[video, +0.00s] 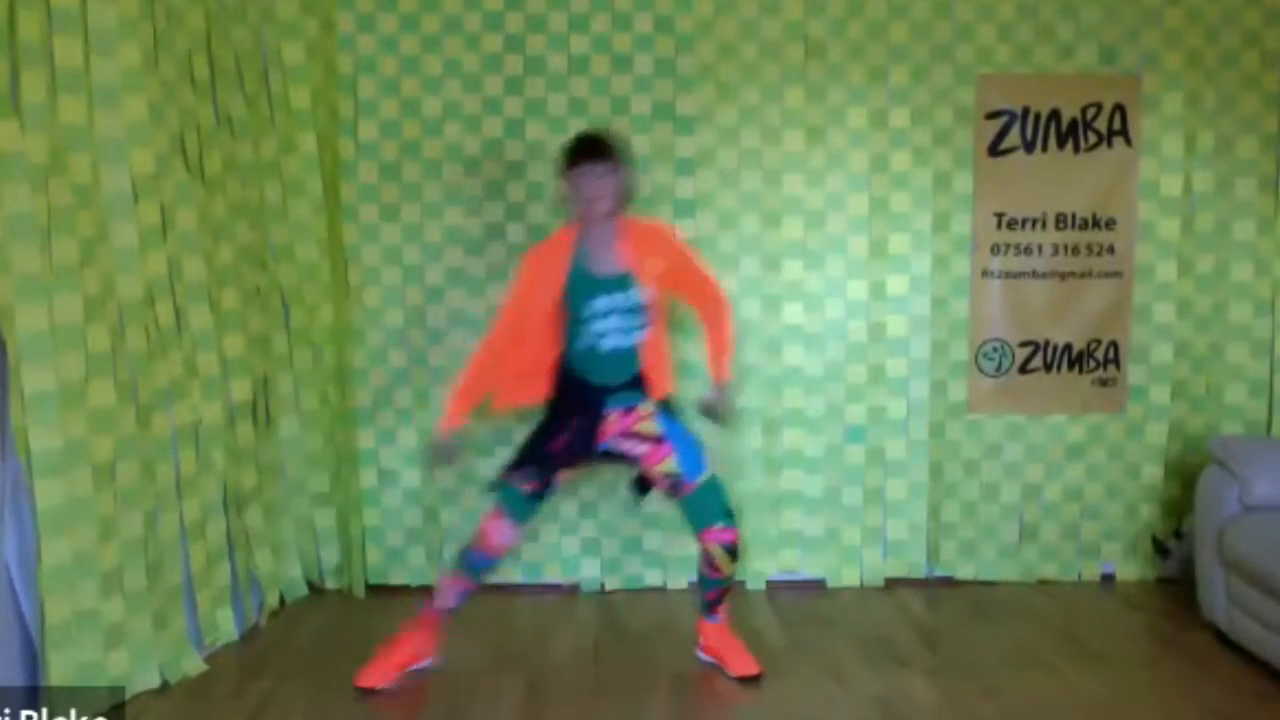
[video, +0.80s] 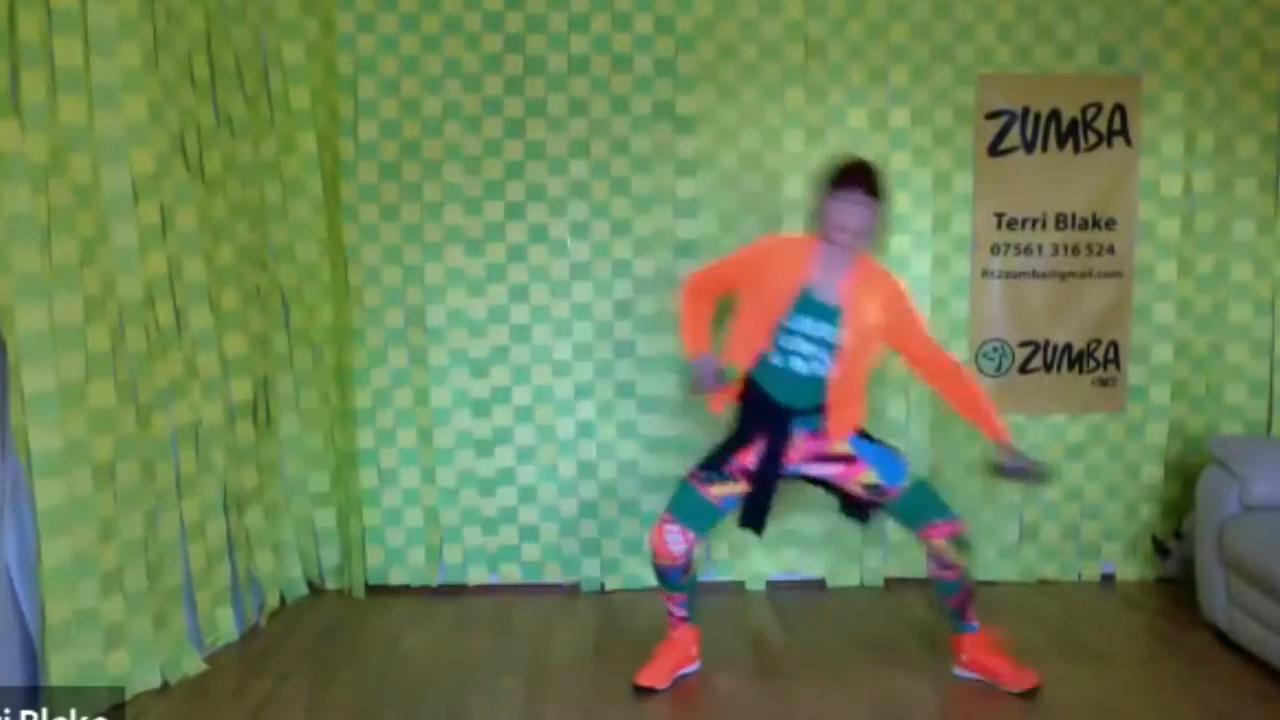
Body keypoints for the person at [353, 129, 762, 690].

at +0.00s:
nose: (595, 194)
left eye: (605, 182)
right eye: (584, 184)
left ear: (623, 185)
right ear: (568, 191)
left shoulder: (654, 245)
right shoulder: (550, 260)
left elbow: (713, 302)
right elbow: (504, 339)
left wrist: (721, 382)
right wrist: (454, 418)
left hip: (641, 409)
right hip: (572, 415)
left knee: (720, 530)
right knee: (499, 531)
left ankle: (715, 629)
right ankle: (424, 633)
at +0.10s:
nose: (640, 173)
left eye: (650, 160)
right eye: (627, 162)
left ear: (667, 165)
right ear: (608, 169)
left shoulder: (689, 228)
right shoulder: (589, 233)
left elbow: (732, 304)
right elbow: (550, 316)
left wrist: (743, 383)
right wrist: (503, 395)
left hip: (666, 384)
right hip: (600, 385)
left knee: (721, 510)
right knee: (542, 514)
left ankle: (716, 626)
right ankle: (480, 631)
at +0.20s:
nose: (674, 138)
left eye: (686, 126)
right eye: (662, 127)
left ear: (707, 132)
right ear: (648, 135)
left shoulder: (738, 195)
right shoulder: (630, 199)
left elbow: (758, 283)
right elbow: (605, 286)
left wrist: (762, 367)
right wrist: (581, 370)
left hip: (710, 359)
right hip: (638, 358)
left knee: (714, 501)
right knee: (632, 500)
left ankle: (715, 624)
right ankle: (625, 627)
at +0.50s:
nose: (686, 152)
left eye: (697, 141)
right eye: (674, 142)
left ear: (717, 149)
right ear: (660, 155)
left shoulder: (754, 201)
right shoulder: (650, 228)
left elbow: (789, 284)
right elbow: (636, 317)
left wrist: (810, 369)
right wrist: (638, 404)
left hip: (765, 369)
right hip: (695, 378)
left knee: (803, 502)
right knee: (679, 513)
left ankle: (766, 606)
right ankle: (680, 634)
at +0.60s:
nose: (708, 166)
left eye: (720, 154)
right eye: (698, 155)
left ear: (739, 160)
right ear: (684, 161)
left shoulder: (773, 218)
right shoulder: (666, 233)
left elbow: (813, 297)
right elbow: (640, 324)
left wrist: (853, 377)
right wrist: (650, 404)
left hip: (778, 388)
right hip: (704, 396)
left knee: (846, 500)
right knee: (670, 518)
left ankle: (834, 613)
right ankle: (679, 635)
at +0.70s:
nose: (746, 176)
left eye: (759, 165)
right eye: (737, 163)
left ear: (777, 175)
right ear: (721, 170)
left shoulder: (798, 237)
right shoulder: (689, 240)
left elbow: (848, 317)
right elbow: (649, 316)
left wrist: (901, 398)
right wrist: (656, 388)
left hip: (790, 407)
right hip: (713, 411)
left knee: (875, 507)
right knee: (661, 527)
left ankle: (913, 629)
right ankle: (678, 638)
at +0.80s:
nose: (849, 223)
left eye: (861, 213)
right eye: (840, 209)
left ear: (876, 222)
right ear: (821, 209)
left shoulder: (881, 293)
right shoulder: (774, 258)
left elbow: (936, 364)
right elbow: (699, 287)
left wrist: (999, 437)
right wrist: (699, 355)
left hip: (834, 441)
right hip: (755, 437)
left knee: (943, 531)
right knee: (670, 541)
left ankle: (969, 646)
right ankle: (680, 638)